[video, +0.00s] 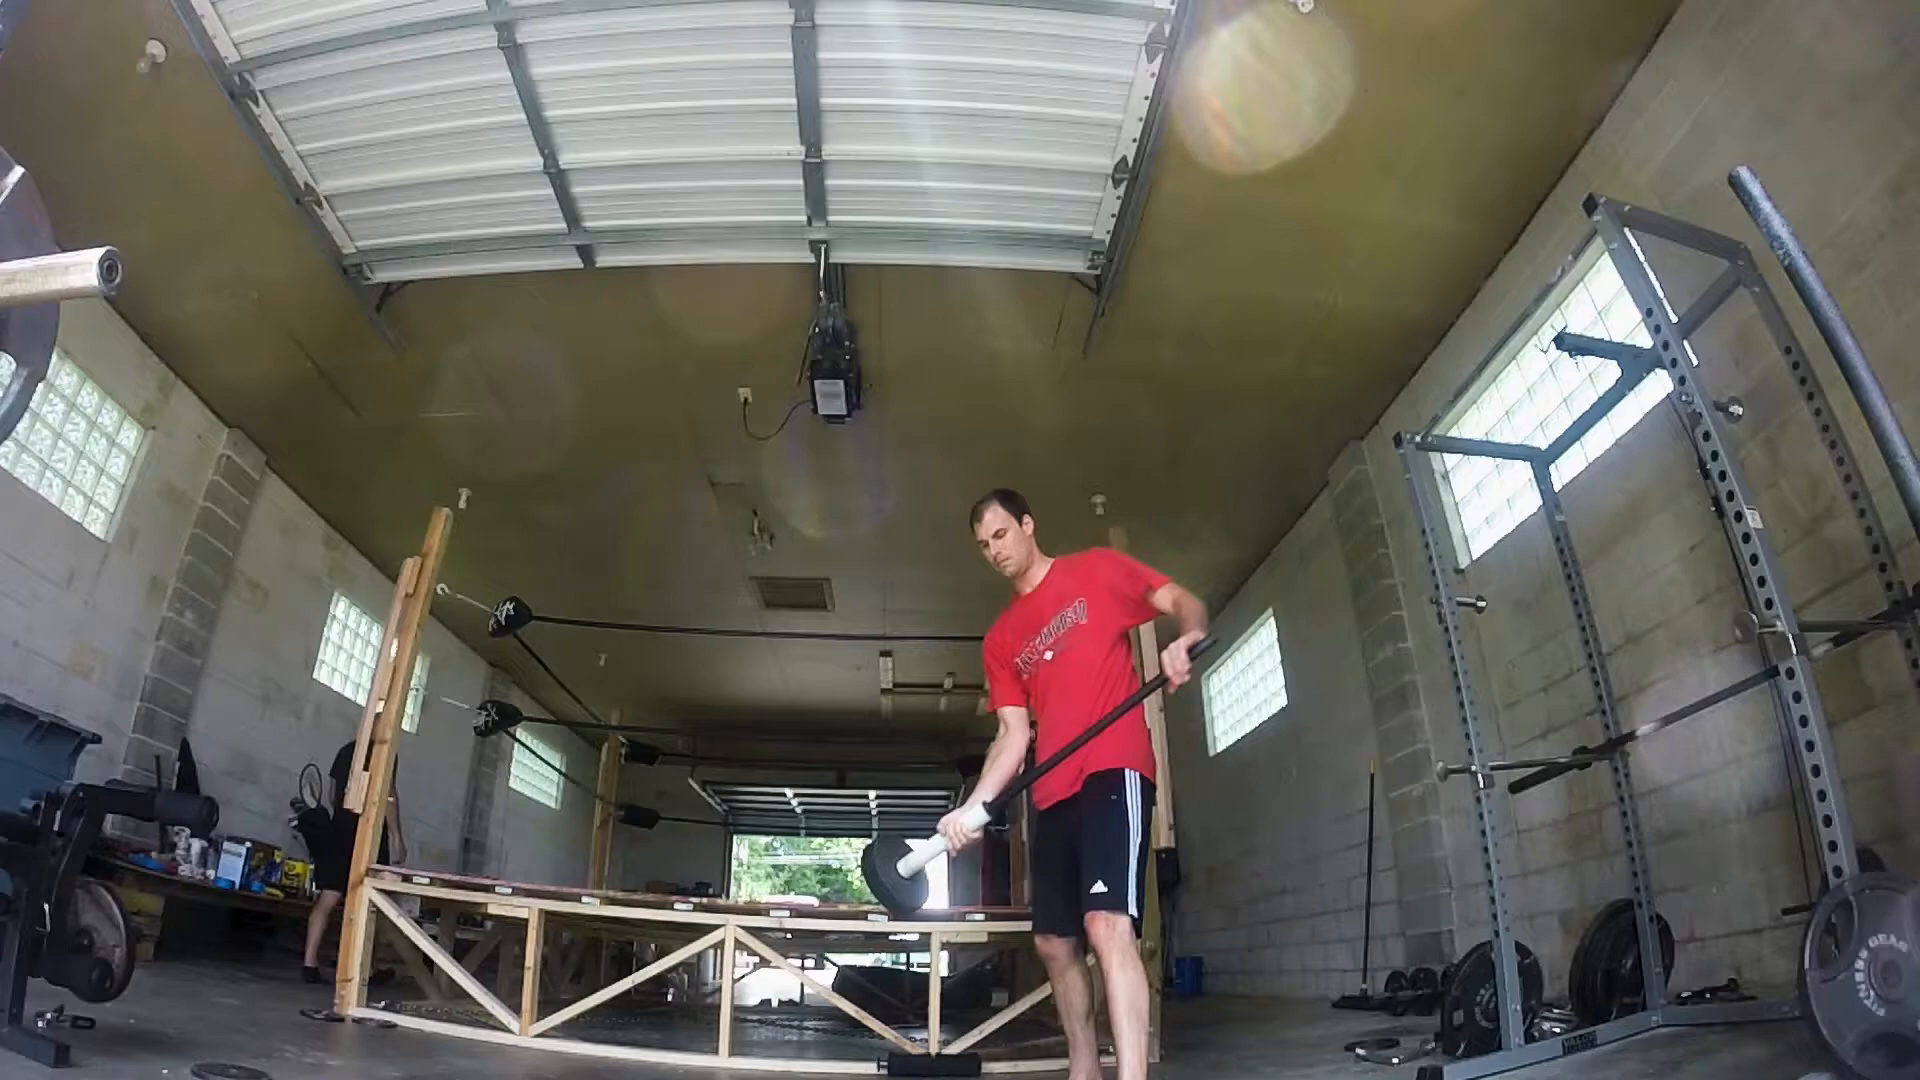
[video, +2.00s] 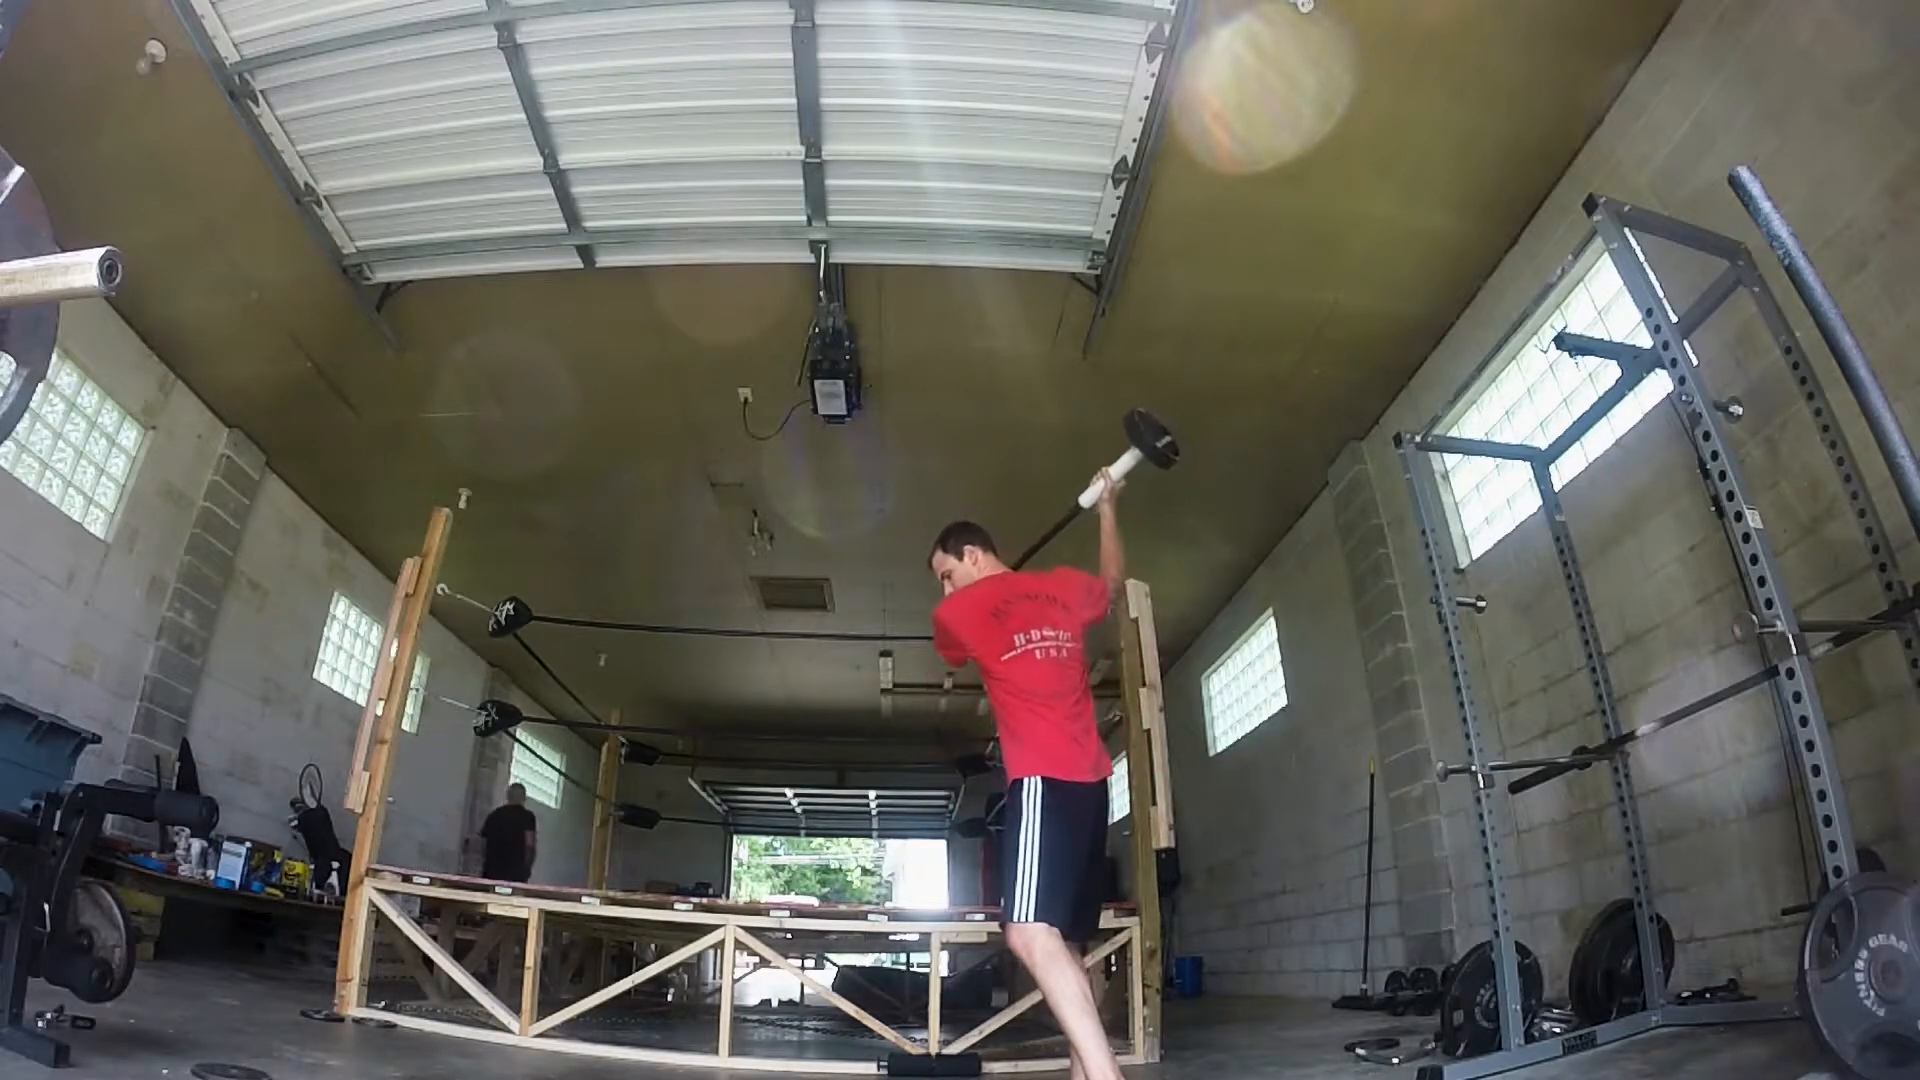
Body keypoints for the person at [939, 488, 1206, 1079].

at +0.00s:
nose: (994, 549)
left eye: (1000, 533)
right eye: (984, 543)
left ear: (1028, 526)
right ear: (982, 552)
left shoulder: (1098, 569)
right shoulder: (1001, 637)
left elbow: (1187, 604)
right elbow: (1014, 733)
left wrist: (1185, 638)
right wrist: (973, 806)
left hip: (1115, 764)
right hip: (1054, 787)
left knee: (1106, 922)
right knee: (1052, 940)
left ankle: (1132, 1075)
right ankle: (1085, 1071)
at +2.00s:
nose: (947, 584)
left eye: (945, 574)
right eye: (942, 576)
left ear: (971, 555)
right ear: (992, 552)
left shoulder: (960, 609)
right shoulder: (1066, 585)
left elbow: (954, 656)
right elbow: (1111, 582)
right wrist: (1107, 506)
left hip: (1043, 775)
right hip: (1089, 774)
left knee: (1029, 932)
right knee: (1067, 940)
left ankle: (1104, 1073)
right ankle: (1090, 1071)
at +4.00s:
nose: (968, 574)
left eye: (970, 558)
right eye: (961, 568)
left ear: (1002, 538)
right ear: (978, 563)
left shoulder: (1070, 570)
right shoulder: (1012, 641)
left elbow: (1164, 602)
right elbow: (1025, 734)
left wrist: (1132, 667)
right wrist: (989, 822)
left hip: (1109, 771)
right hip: (1061, 788)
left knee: (1095, 928)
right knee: (1055, 936)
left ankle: (1128, 1075)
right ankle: (1085, 1072)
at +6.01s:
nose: (947, 588)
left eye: (945, 573)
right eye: (940, 581)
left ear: (972, 547)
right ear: (980, 551)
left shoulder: (981, 595)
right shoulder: (1052, 585)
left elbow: (954, 710)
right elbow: (1078, 675)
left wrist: (944, 740)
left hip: (1068, 768)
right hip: (1101, 765)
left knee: (1068, 931)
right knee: (1074, 934)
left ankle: (1124, 1074)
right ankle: (1086, 1073)